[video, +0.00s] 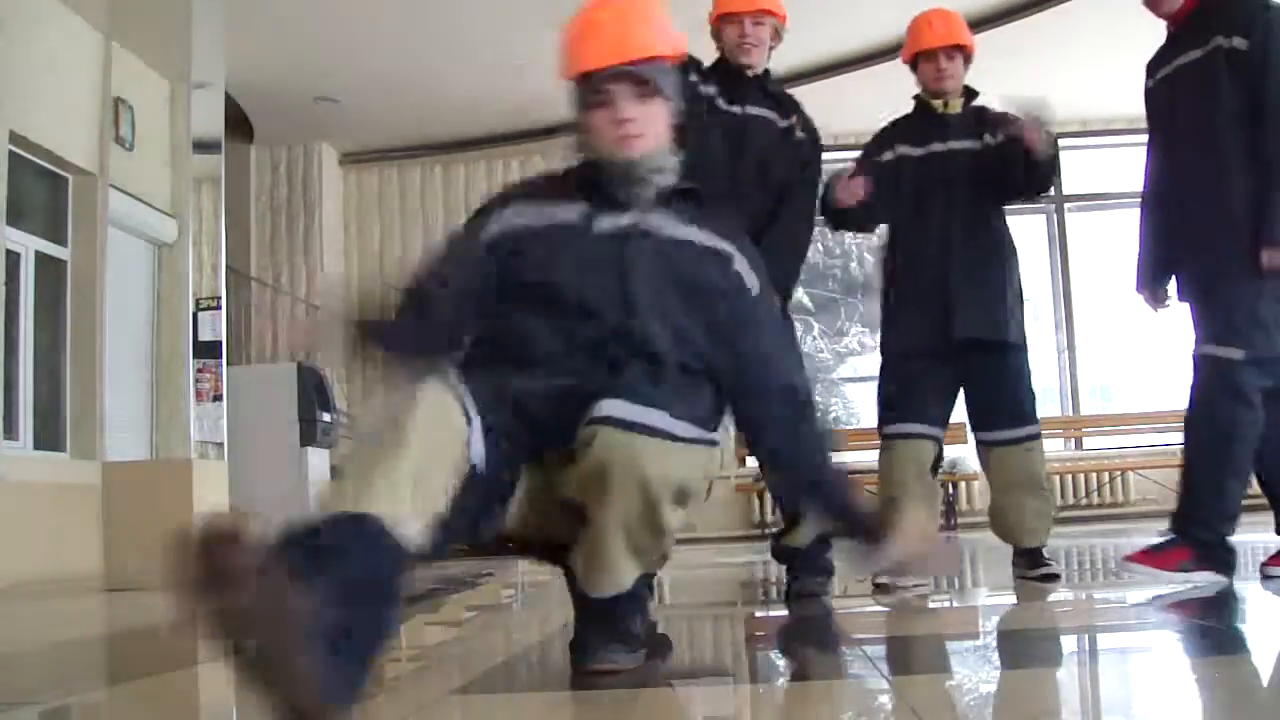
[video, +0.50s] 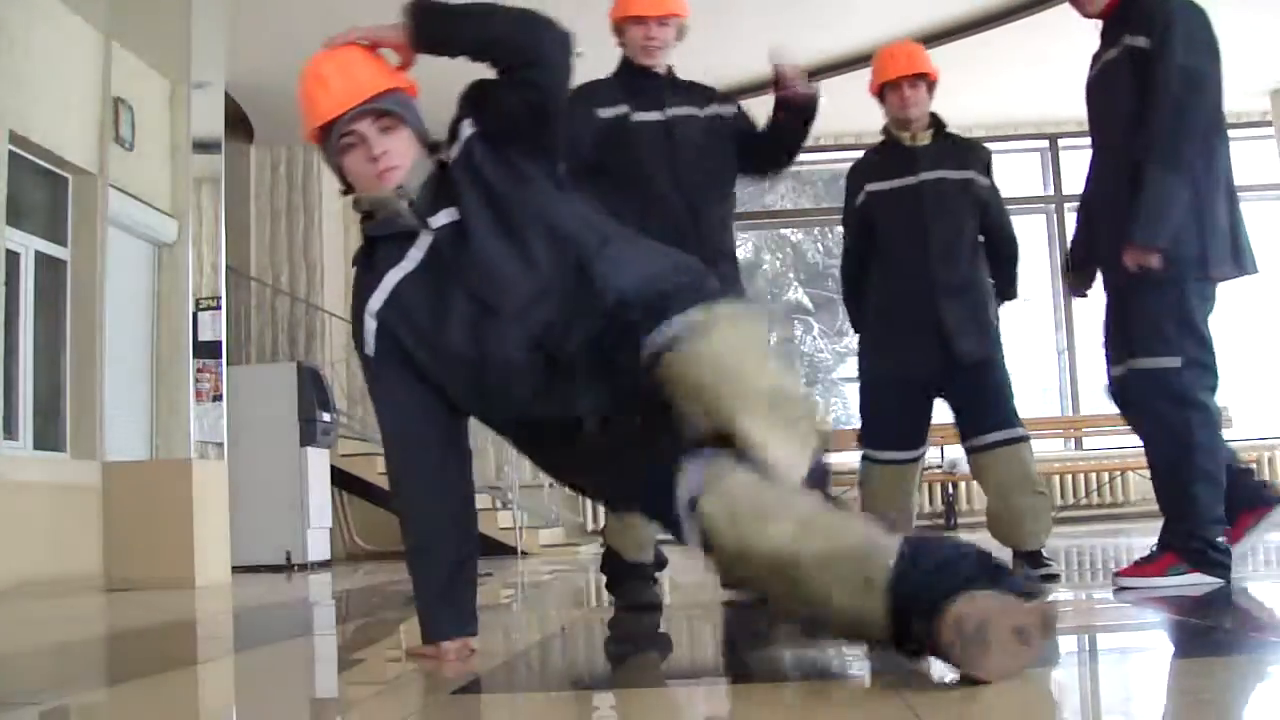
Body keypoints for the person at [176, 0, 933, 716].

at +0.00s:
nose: (621, 113)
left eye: (641, 94)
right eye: (601, 97)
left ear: (675, 106)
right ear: (576, 113)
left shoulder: (717, 252)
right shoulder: (510, 222)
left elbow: (776, 401)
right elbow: (426, 334)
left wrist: (833, 507)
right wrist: (375, 334)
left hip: (642, 460)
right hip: (505, 464)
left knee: (629, 443)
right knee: (427, 400)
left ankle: (615, 618)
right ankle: (329, 626)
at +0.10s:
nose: (560, 124)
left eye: (576, 103)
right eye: (537, 110)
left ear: (608, 112)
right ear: (516, 129)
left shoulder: (681, 229)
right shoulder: (481, 250)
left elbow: (766, 297)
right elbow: (418, 404)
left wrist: (839, 265)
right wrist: (376, 550)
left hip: (663, 432)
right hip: (527, 453)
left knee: (631, 435)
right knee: (468, 421)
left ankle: (615, 607)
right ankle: (510, 624)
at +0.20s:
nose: (486, 123)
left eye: (503, 101)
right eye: (462, 108)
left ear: (531, 107)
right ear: (441, 125)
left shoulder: (607, 188)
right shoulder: (442, 269)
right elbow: (449, 444)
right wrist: (454, 604)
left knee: (646, 348)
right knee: (493, 435)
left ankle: (632, 626)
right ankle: (715, 613)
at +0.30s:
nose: (431, 139)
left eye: (444, 118)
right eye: (407, 131)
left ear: (472, 118)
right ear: (387, 153)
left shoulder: (555, 139)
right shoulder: (418, 295)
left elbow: (613, 34)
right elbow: (444, 467)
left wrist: (486, 23)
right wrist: (447, 619)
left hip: (701, 334)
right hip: (595, 440)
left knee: (589, 346)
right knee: (572, 551)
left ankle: (773, 538)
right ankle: (854, 606)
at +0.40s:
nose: (396, 142)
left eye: (407, 120)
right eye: (372, 135)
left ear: (440, 121)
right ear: (355, 162)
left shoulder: (521, 148)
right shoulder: (398, 302)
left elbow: (574, 41)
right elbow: (436, 473)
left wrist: (447, 30)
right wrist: (446, 626)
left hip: (673, 316)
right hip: (603, 433)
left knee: (609, 406)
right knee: (660, 586)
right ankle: (913, 613)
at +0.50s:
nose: (366, 154)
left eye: (379, 128)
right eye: (341, 148)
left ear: (415, 122)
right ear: (330, 168)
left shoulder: (496, 149)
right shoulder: (386, 309)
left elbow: (538, 48)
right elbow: (426, 467)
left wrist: (420, 28)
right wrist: (446, 624)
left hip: (675, 308)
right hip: (595, 409)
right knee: (737, 520)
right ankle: (957, 597)